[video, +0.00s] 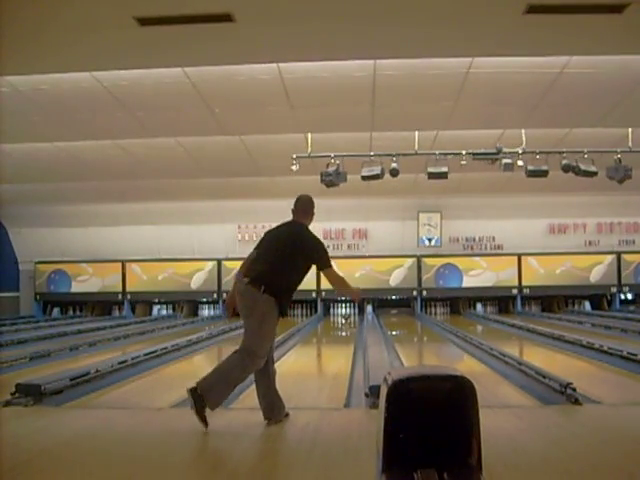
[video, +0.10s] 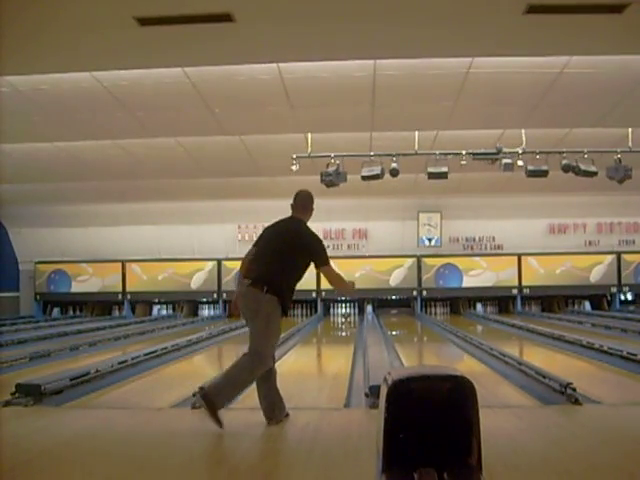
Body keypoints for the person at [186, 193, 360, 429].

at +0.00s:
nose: (311, 216)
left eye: (308, 211)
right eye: (312, 212)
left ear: (293, 211)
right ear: (312, 214)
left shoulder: (275, 231)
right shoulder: (311, 241)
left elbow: (247, 264)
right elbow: (332, 277)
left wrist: (232, 294)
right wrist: (352, 292)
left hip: (245, 289)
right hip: (264, 296)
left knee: (263, 356)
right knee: (253, 354)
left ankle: (274, 413)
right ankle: (203, 393)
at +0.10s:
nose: (308, 211)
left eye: (305, 206)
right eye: (310, 208)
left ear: (292, 206)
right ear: (311, 209)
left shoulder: (273, 228)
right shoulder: (309, 238)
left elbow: (247, 262)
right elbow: (330, 274)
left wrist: (239, 293)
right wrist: (347, 287)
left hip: (248, 292)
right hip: (266, 297)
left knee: (264, 357)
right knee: (260, 357)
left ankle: (275, 413)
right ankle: (213, 396)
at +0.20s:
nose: (308, 209)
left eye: (304, 205)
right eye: (310, 206)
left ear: (291, 203)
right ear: (312, 207)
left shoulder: (270, 226)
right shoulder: (308, 238)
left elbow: (247, 259)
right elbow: (323, 276)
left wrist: (252, 283)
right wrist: (336, 291)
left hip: (248, 294)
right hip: (270, 299)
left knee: (264, 357)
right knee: (274, 358)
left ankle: (274, 413)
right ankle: (233, 406)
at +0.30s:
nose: (311, 215)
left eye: (307, 209)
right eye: (312, 211)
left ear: (292, 208)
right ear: (311, 213)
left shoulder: (270, 228)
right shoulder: (306, 247)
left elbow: (248, 259)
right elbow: (314, 291)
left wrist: (258, 284)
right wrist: (326, 304)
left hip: (250, 305)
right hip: (273, 308)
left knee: (269, 358)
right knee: (288, 362)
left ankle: (268, 413)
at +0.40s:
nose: (309, 224)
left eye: (304, 219)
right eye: (310, 221)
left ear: (290, 216)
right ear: (310, 222)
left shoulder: (270, 235)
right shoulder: (301, 260)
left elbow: (249, 265)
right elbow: (303, 303)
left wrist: (260, 289)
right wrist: (312, 324)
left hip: (256, 312)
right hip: (277, 314)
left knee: (275, 361)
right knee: (301, 364)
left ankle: (274, 421)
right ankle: (287, 424)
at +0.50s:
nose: (307, 229)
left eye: (303, 223)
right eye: (309, 225)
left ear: (289, 220)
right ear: (309, 227)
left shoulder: (269, 239)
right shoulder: (297, 265)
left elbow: (251, 269)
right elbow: (297, 307)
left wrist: (260, 293)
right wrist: (303, 328)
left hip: (258, 316)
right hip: (279, 319)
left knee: (283, 364)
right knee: (307, 369)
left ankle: (276, 421)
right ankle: (285, 425)